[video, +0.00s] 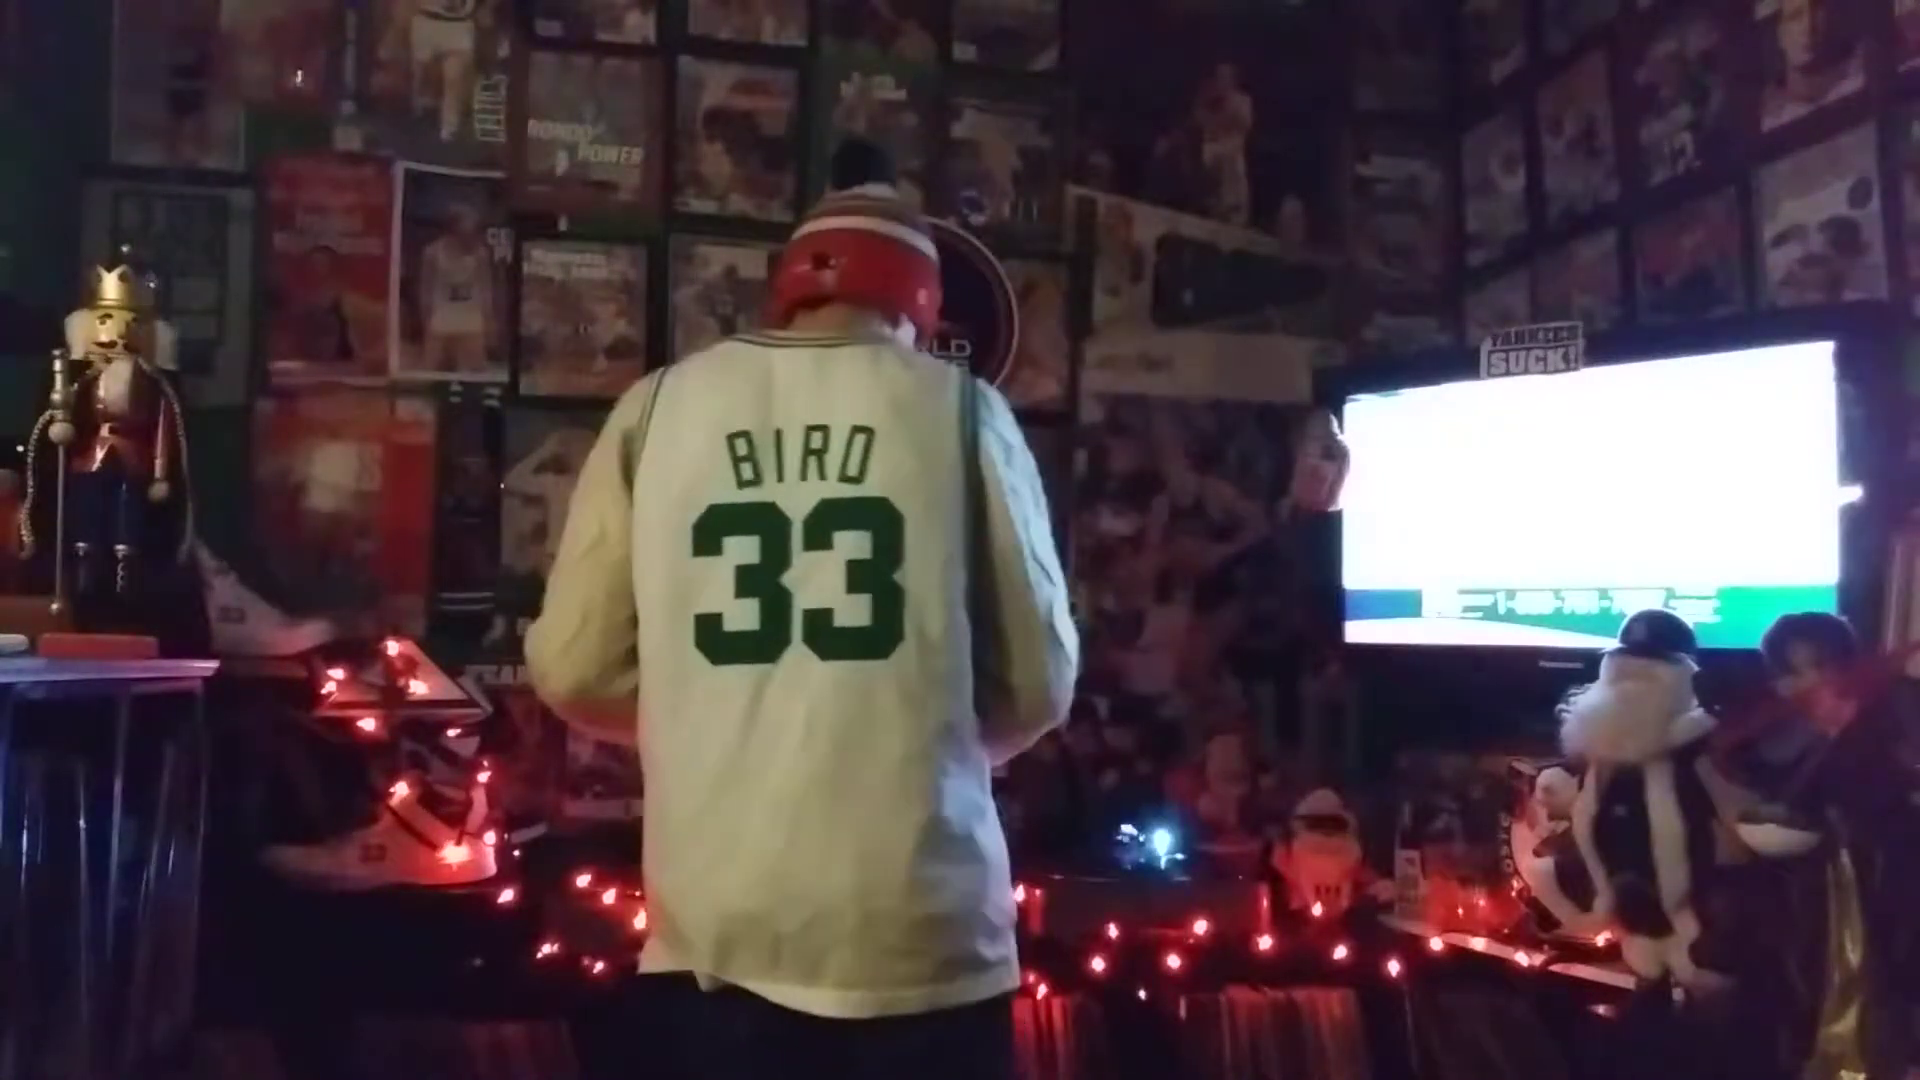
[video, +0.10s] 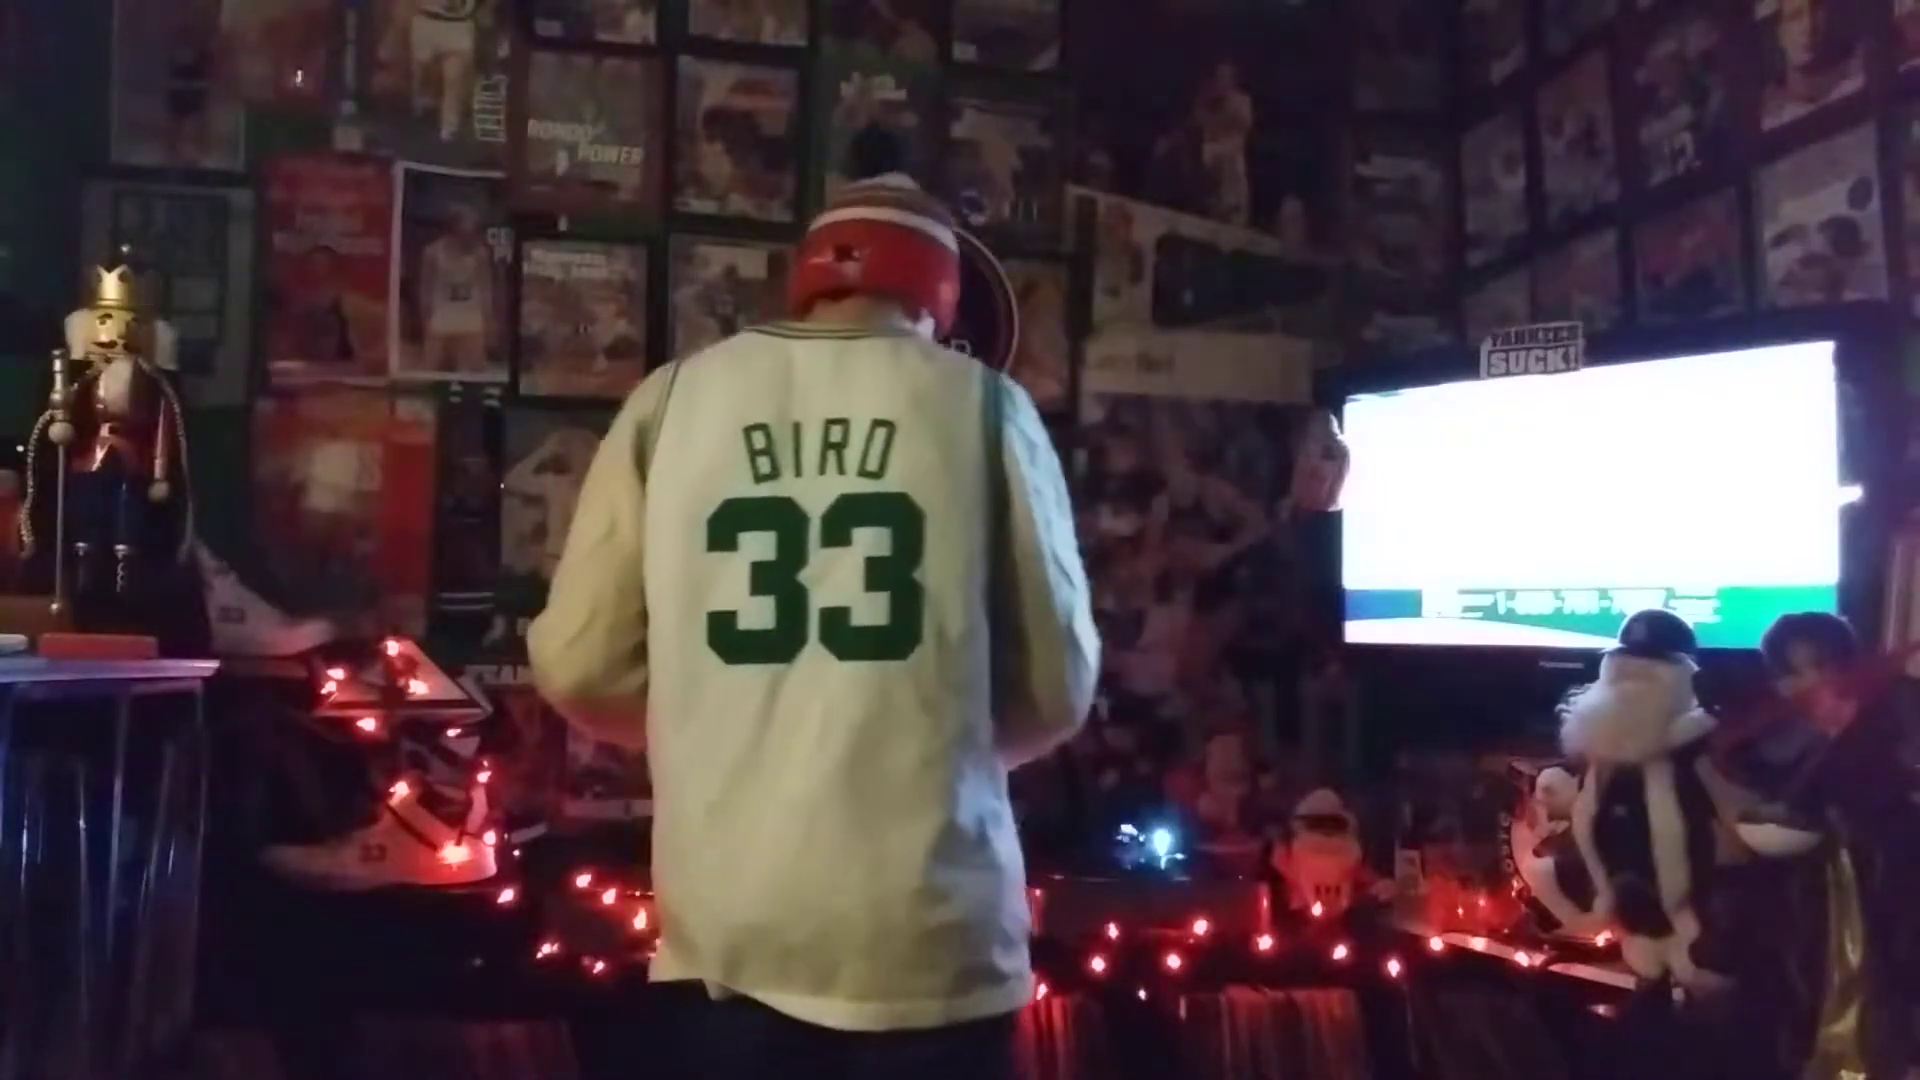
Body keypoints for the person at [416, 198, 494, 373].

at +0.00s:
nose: (467, 236)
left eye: (471, 231)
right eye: (463, 231)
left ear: (476, 231)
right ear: (453, 230)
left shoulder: (480, 253)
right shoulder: (433, 253)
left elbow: (486, 289)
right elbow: (426, 289)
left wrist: (489, 322)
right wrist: (426, 320)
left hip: (472, 326)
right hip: (440, 326)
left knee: (473, 379)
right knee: (433, 379)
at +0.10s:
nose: (468, 235)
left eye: (472, 230)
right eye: (464, 230)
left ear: (476, 230)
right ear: (453, 229)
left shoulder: (480, 253)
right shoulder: (433, 253)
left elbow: (486, 289)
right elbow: (426, 289)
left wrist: (489, 321)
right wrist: (426, 320)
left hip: (472, 325)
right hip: (440, 325)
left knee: (473, 378)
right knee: (435, 379)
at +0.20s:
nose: (467, 236)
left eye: (471, 231)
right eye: (463, 231)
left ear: (476, 230)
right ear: (452, 228)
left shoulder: (480, 253)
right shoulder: (434, 253)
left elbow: (487, 289)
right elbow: (426, 288)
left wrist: (489, 322)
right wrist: (427, 320)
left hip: (472, 325)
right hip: (440, 325)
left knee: (474, 376)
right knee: (429, 376)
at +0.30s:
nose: (467, 236)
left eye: (471, 232)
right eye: (462, 231)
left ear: (476, 231)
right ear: (452, 229)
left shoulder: (480, 253)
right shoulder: (434, 253)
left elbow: (487, 289)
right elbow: (426, 288)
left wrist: (490, 323)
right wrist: (427, 320)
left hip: (472, 326)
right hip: (440, 325)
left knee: (475, 377)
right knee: (429, 377)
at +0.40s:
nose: (467, 236)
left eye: (471, 231)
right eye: (463, 231)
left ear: (476, 230)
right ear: (452, 229)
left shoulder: (480, 253)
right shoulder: (434, 253)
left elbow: (487, 289)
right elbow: (426, 288)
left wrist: (490, 323)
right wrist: (427, 321)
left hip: (472, 327)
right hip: (440, 326)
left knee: (475, 378)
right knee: (429, 378)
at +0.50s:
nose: (467, 236)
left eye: (471, 231)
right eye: (463, 231)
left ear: (476, 230)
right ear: (452, 228)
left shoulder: (480, 253)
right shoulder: (434, 253)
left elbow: (487, 290)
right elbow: (426, 288)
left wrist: (489, 323)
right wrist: (427, 320)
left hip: (472, 326)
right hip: (440, 325)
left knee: (475, 377)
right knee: (429, 377)